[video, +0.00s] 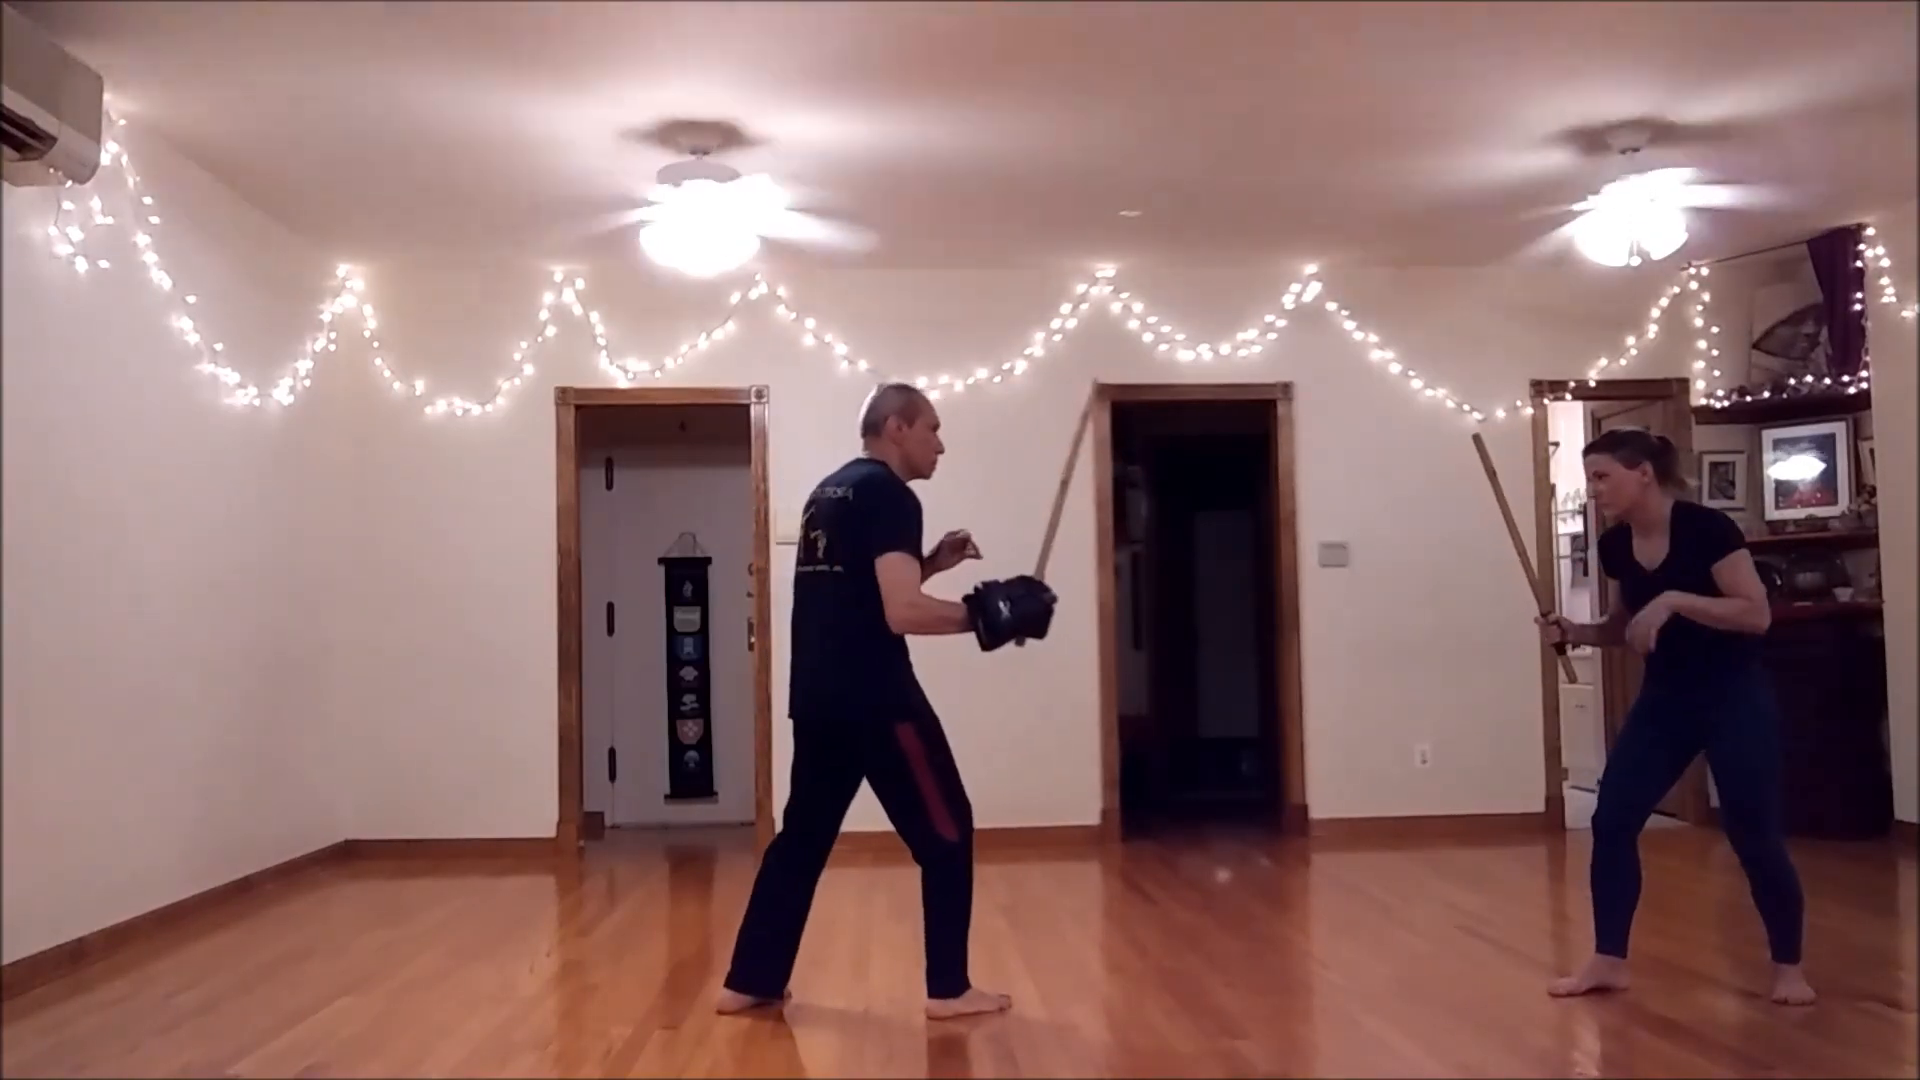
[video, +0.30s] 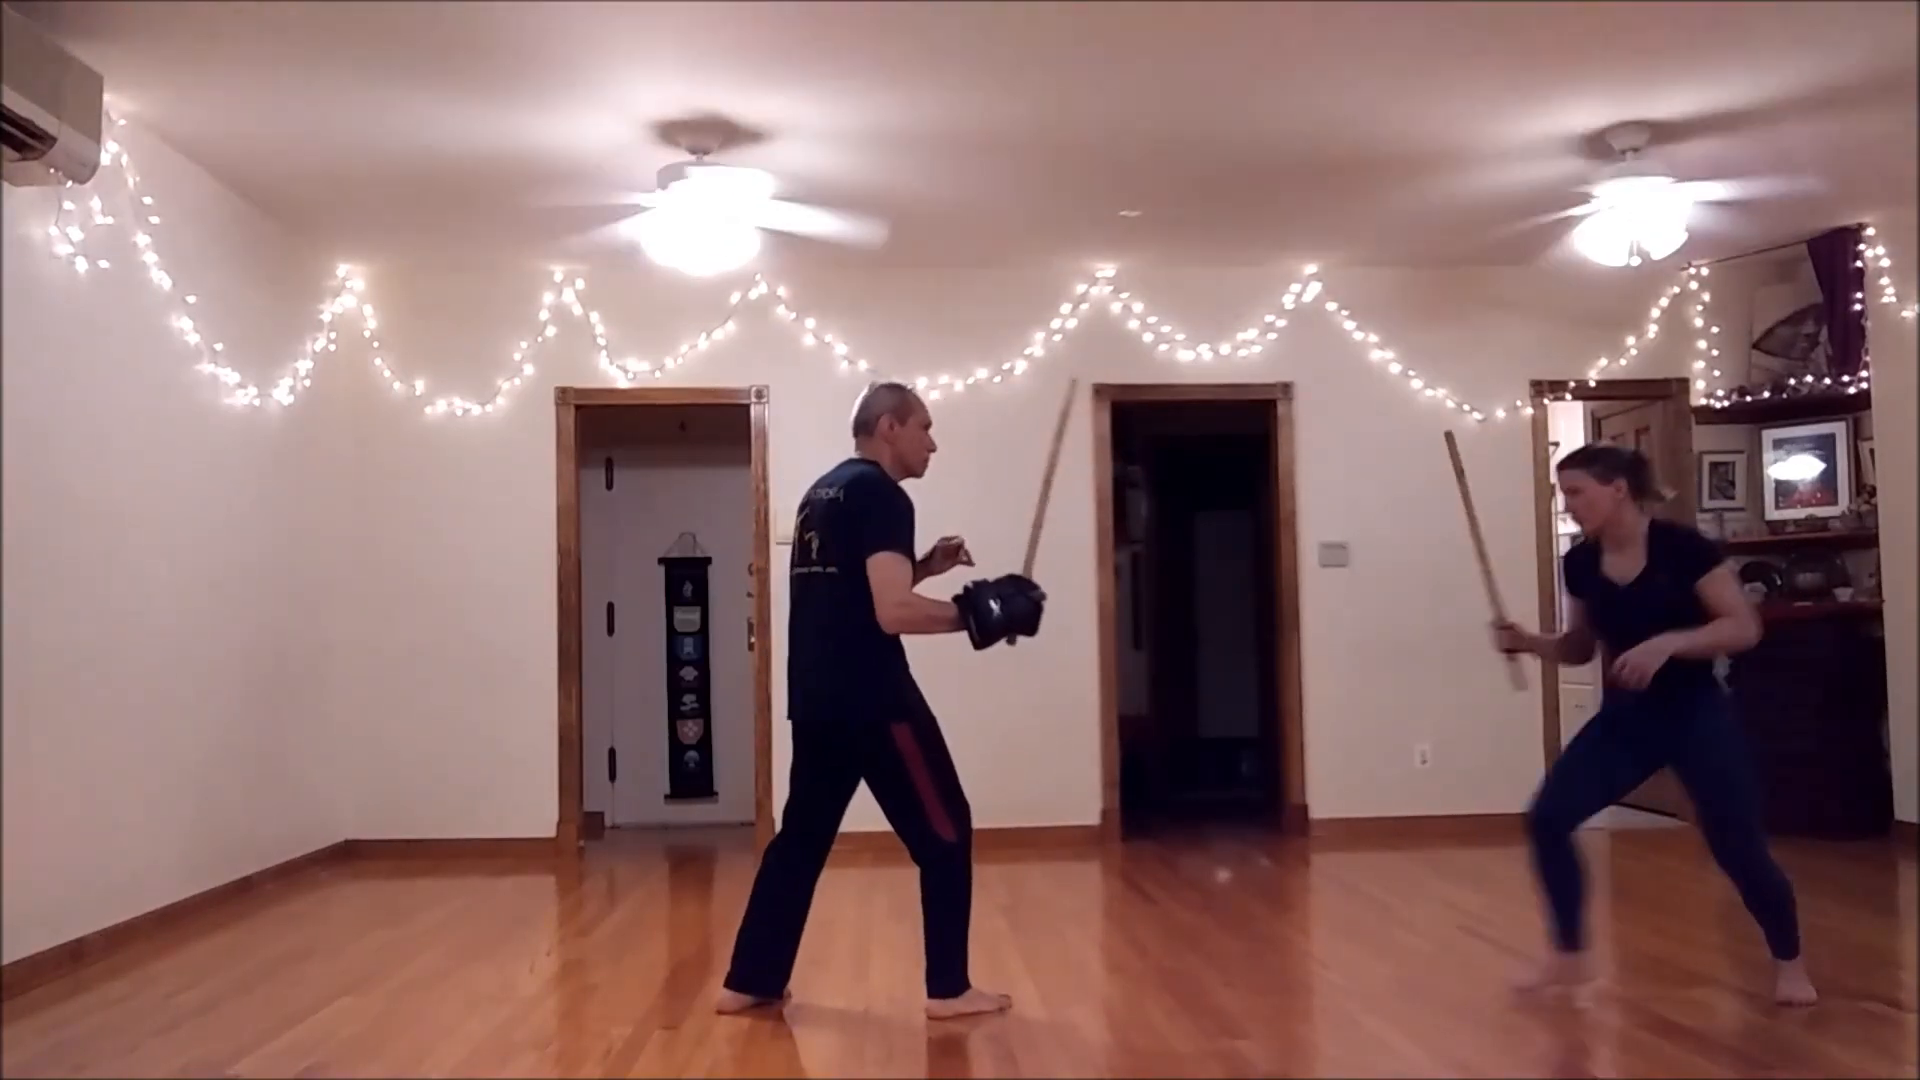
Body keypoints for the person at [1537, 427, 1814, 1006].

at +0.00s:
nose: (1593, 491)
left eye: (1601, 477)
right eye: (1589, 480)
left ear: (1641, 474)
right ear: (1628, 480)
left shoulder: (1708, 528)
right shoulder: (1615, 546)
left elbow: (1756, 613)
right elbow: (1629, 625)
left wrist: (1673, 601)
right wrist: (1575, 632)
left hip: (1734, 700)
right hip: (1666, 701)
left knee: (1754, 833)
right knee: (1612, 822)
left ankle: (1789, 968)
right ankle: (1609, 960)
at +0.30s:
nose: (1567, 505)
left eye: (1575, 492)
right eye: (1563, 495)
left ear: (1616, 489)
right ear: (1608, 495)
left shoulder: (1684, 548)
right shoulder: (1582, 563)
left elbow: (1745, 627)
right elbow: (1579, 647)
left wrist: (1666, 644)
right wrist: (1528, 642)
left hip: (1699, 717)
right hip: (1627, 718)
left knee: (1736, 843)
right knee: (1547, 818)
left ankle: (1788, 960)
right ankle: (1569, 956)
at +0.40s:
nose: (1531, 519)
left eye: (1540, 505)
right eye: (1529, 508)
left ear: (1582, 503)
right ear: (1566, 509)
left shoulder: (1650, 563)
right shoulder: (1544, 580)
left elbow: (1682, 650)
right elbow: (1521, 665)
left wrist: (1595, 634)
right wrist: (1469, 647)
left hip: (1664, 739)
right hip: (1593, 741)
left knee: (1723, 855)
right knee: (1499, 825)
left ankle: (1790, 960)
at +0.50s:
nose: (1464, 515)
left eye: (1473, 502)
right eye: (1459, 506)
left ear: (1510, 501)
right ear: (1468, 515)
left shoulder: (1567, 558)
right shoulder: (1470, 583)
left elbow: (1613, 634)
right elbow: (1431, 665)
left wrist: (1524, 612)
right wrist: (1369, 645)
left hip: (1600, 736)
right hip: (1528, 741)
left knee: (1686, 840)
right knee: (1437, 828)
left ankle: (1781, 950)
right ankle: (1393, 963)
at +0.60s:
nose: (1382, 515)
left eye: (1393, 502)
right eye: (1380, 504)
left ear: (1432, 504)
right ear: (1397, 515)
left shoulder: (1490, 555)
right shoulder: (1390, 585)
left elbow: (1557, 625)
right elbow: (1324, 652)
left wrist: (1482, 637)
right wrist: (1253, 653)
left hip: (1535, 725)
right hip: (1466, 734)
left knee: (1600, 843)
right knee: (1397, 830)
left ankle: (1695, 936)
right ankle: (1396, 974)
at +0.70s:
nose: (1334, 512)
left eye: (1343, 499)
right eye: (1332, 501)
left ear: (1384, 498)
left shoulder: (1443, 552)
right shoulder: (1344, 576)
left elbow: (1517, 621)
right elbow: (1288, 652)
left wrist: (1454, 665)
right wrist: (1221, 669)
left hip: (1477, 710)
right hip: (1413, 714)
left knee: (1494, 827)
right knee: (1358, 822)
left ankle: (1522, 945)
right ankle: (1389, 965)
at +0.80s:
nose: (1303, 519)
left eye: (1311, 506)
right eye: (1300, 508)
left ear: (1351, 504)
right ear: (1335, 511)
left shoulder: (1407, 560)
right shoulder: (1319, 580)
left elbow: (1476, 622)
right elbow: (1282, 661)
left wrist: (1434, 683)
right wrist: (1221, 651)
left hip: (1419, 720)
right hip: (1362, 722)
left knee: (1405, 829)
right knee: (1275, 796)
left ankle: (1445, 977)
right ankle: (1314, 932)